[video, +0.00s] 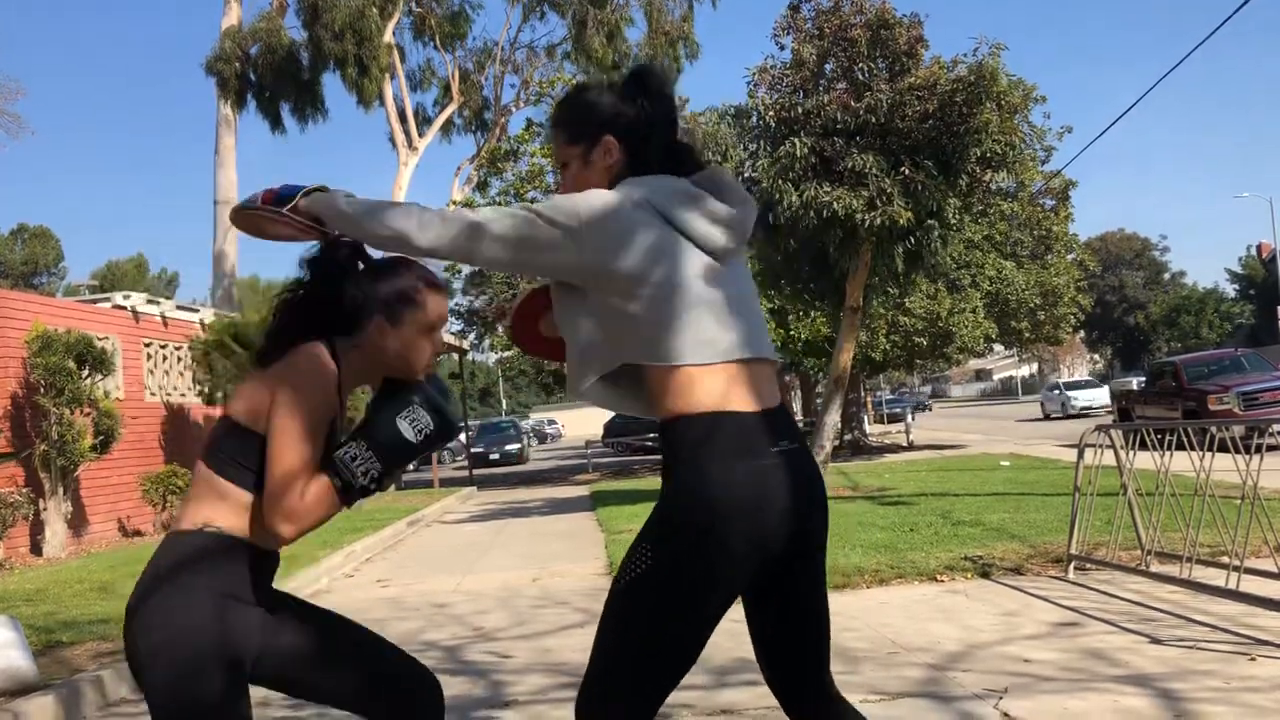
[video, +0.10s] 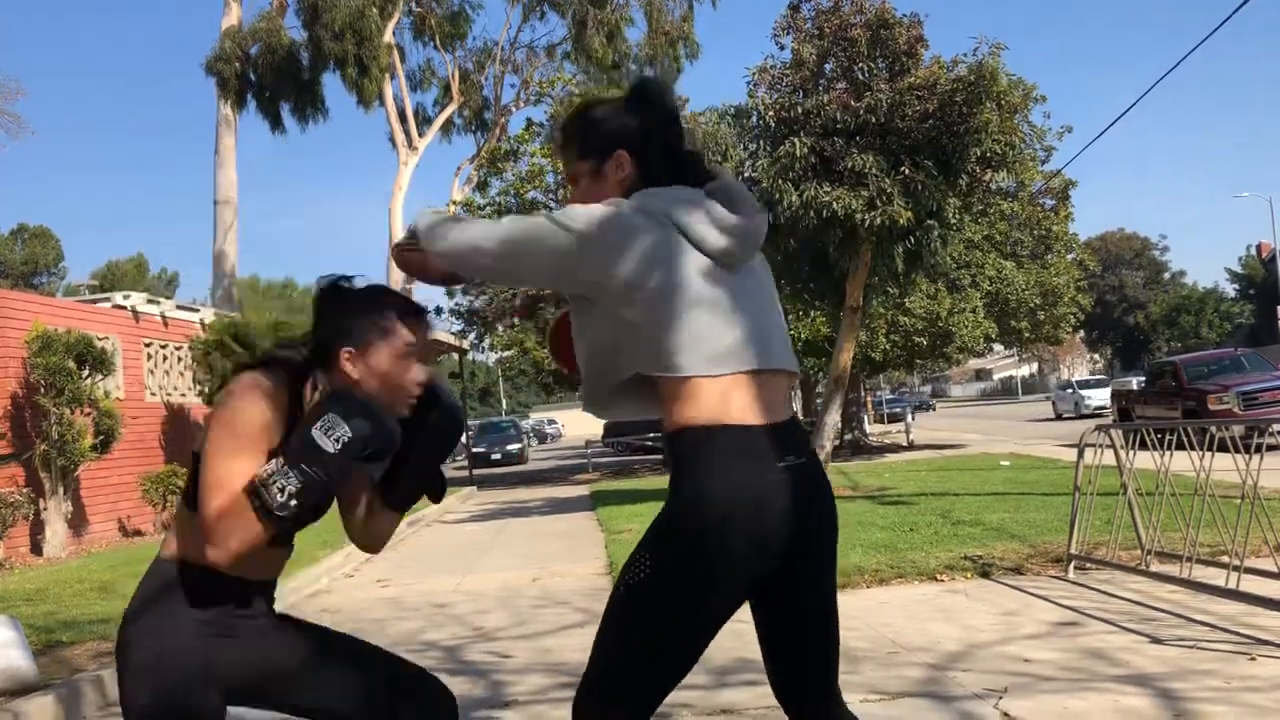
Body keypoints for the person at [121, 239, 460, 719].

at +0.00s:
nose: (442, 348)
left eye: (442, 332)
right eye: (434, 331)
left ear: (385, 329)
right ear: (383, 326)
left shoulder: (326, 382)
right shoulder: (310, 367)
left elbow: (289, 505)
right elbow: (285, 515)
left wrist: (378, 450)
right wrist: (375, 448)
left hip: (231, 600)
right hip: (194, 606)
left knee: (414, 693)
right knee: (409, 696)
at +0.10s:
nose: (425, 377)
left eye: (423, 360)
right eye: (411, 358)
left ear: (351, 364)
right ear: (351, 361)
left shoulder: (339, 414)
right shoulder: (253, 397)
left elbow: (370, 534)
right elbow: (223, 542)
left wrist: (422, 454)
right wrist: (313, 461)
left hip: (247, 624)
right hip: (176, 628)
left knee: (426, 702)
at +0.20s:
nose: (356, 348)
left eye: (359, 332)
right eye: (340, 330)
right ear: (280, 338)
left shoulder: (334, 407)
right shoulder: (192, 395)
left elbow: (376, 524)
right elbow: (173, 548)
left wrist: (394, 427)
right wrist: (229, 459)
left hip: (266, 625)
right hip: (177, 627)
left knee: (429, 712)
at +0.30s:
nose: (349, 296)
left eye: (348, 278)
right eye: (335, 276)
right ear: (272, 282)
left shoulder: (305, 366)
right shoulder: (196, 358)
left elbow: (343, 480)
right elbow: (187, 515)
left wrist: (370, 394)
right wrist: (262, 416)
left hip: (266, 602)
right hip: (187, 607)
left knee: (431, 703)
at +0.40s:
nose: (342, 258)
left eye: (342, 243)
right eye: (330, 242)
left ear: (275, 253)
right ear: (270, 249)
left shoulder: (268, 330)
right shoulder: (225, 316)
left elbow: (321, 413)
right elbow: (316, 418)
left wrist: (372, 355)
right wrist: (368, 347)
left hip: (266, 569)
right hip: (196, 576)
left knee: (425, 697)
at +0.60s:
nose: (344, 247)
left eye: (344, 230)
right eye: (333, 226)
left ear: (280, 227)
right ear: (274, 224)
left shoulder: (313, 319)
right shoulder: (198, 309)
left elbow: (387, 403)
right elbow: (199, 451)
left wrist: (423, 344)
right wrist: (294, 370)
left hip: (289, 554)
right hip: (204, 560)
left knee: (421, 707)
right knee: (196, 712)